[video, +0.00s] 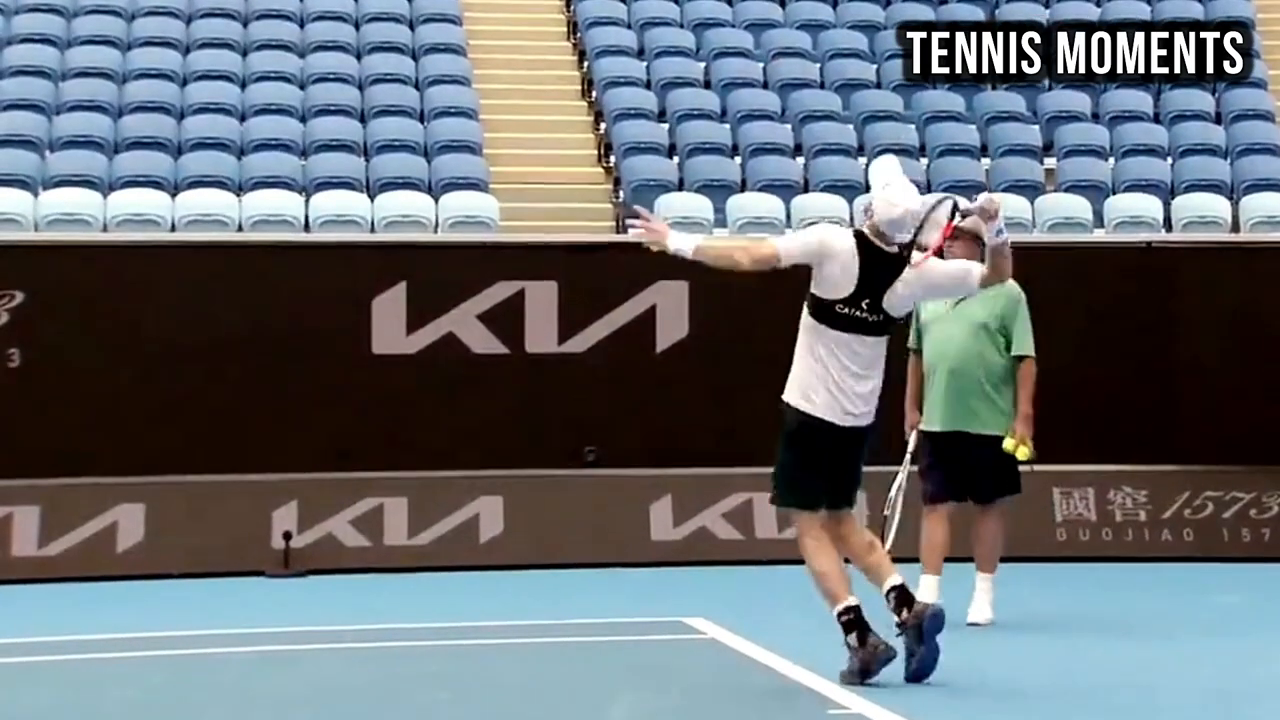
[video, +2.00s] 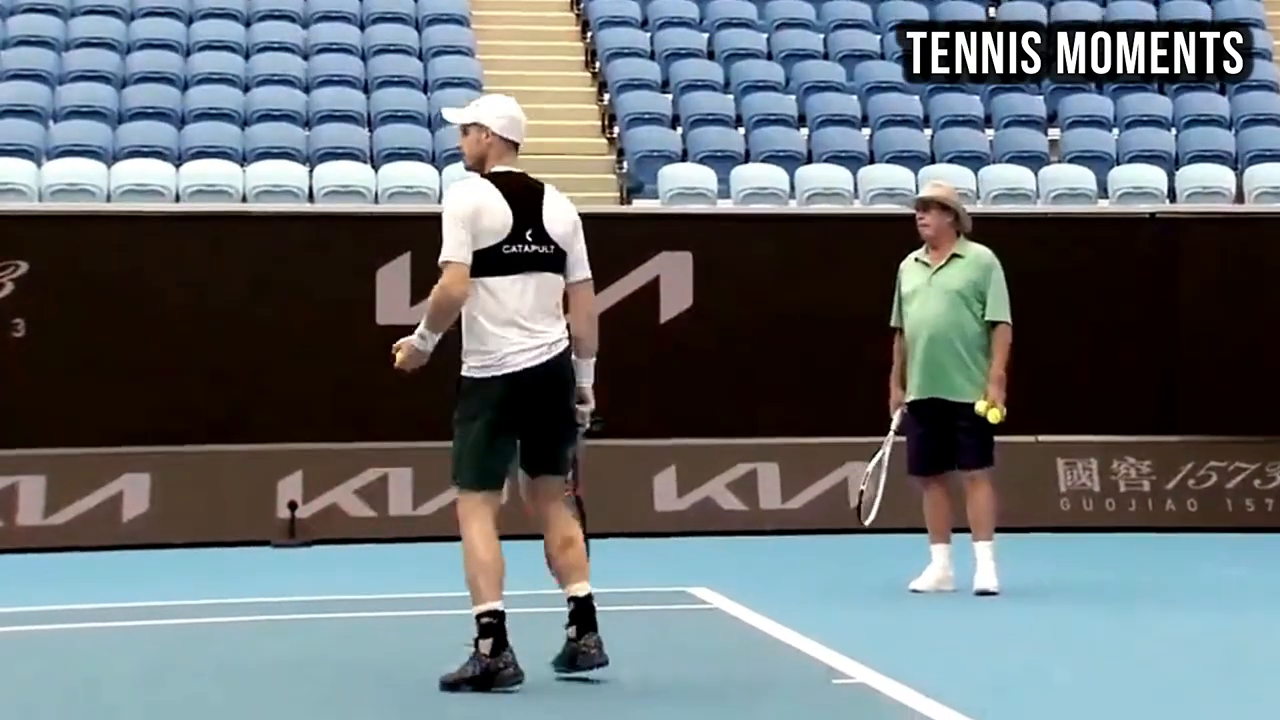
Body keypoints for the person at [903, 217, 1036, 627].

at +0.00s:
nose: (949, 245)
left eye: (959, 239)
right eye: (947, 239)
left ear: (981, 246)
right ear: (941, 246)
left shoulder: (1007, 294)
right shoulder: (928, 296)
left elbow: (1026, 360)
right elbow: (915, 356)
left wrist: (1024, 417)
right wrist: (911, 406)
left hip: (990, 422)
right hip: (937, 420)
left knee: (988, 507)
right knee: (934, 505)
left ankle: (983, 594)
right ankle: (927, 594)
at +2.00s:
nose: (921, 218)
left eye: (929, 211)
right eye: (919, 212)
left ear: (952, 216)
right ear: (918, 219)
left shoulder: (982, 261)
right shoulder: (909, 267)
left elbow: (1002, 325)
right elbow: (901, 334)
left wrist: (997, 378)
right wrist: (896, 387)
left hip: (969, 389)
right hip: (921, 390)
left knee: (975, 475)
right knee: (931, 478)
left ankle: (985, 563)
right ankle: (941, 565)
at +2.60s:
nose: (974, 194)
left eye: (983, 188)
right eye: (971, 188)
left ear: (1004, 193)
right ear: (968, 195)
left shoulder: (1034, 240)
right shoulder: (957, 241)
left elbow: (1052, 306)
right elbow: (948, 307)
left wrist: (1049, 362)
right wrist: (943, 358)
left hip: (1019, 370)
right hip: (969, 369)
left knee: (1017, 456)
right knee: (972, 458)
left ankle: (1016, 543)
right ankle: (970, 542)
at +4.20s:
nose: (1005, 215)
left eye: (1012, 205)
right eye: (998, 206)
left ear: (1028, 209)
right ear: (988, 212)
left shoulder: (1050, 252)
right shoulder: (977, 251)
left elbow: (1073, 319)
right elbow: (961, 314)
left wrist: (1075, 377)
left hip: (1038, 382)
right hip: (991, 381)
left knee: (1028, 473)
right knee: (997, 474)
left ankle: (1022, 557)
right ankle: (999, 557)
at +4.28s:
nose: (1004, 211)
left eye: (1010, 200)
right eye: (997, 201)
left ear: (1025, 203)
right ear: (988, 206)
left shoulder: (1047, 248)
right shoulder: (976, 249)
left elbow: (1068, 313)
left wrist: (1069, 370)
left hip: (1035, 380)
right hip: (989, 379)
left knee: (1028, 468)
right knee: (990, 469)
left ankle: (1022, 556)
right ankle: (995, 554)